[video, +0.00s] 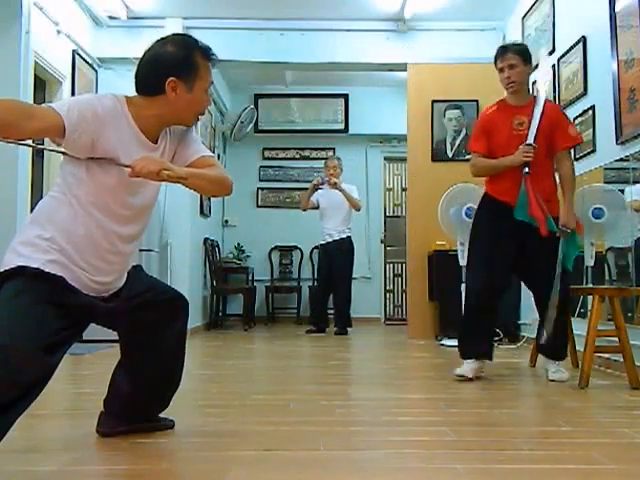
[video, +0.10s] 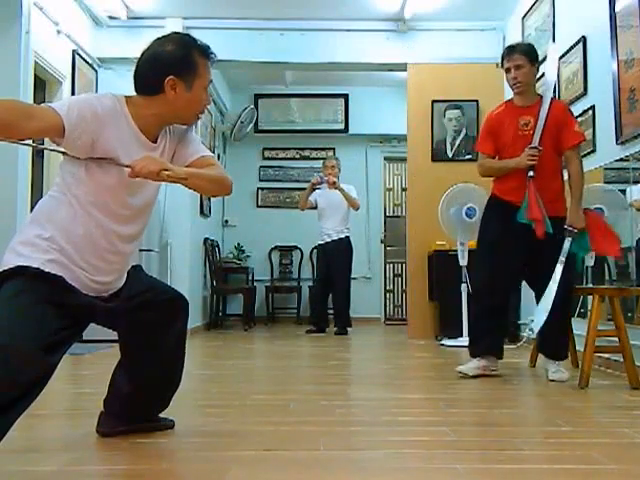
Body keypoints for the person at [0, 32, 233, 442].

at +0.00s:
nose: (208, 101)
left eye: (209, 90)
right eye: (205, 89)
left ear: (174, 90)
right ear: (173, 89)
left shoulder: (179, 137)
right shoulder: (100, 113)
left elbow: (224, 184)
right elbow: (27, 121)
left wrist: (175, 174)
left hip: (112, 276)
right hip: (46, 269)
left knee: (168, 309)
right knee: (14, 366)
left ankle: (127, 415)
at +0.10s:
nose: (208, 99)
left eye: (208, 88)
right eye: (204, 87)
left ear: (173, 89)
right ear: (172, 88)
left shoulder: (178, 137)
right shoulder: (98, 113)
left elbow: (223, 184)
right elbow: (24, 120)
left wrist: (175, 175)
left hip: (113, 277)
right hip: (46, 270)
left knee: (168, 309)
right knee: (13, 366)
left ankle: (127, 415)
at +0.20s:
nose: (208, 98)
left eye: (208, 87)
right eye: (204, 86)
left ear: (173, 88)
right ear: (172, 87)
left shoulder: (178, 136)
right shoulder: (99, 113)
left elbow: (223, 183)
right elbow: (24, 120)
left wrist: (174, 173)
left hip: (113, 277)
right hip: (46, 270)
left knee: (168, 310)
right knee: (13, 366)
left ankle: (127, 415)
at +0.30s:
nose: (207, 98)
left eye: (208, 87)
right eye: (203, 86)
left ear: (173, 88)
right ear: (172, 87)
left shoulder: (177, 136)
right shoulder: (99, 112)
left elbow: (223, 183)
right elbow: (26, 120)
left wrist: (175, 173)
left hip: (114, 276)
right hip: (46, 270)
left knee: (168, 310)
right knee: (14, 365)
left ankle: (127, 415)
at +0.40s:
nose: (208, 97)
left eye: (208, 86)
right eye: (204, 85)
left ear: (174, 87)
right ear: (173, 86)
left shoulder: (178, 136)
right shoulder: (100, 112)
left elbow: (224, 183)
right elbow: (27, 121)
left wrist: (175, 174)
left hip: (113, 275)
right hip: (47, 267)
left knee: (168, 309)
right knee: (14, 363)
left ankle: (127, 415)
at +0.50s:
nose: (208, 96)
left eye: (209, 85)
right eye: (204, 84)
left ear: (174, 86)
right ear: (173, 85)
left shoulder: (179, 135)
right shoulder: (100, 112)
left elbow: (224, 183)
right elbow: (30, 121)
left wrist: (178, 174)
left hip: (114, 275)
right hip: (47, 268)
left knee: (168, 309)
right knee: (15, 366)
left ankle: (127, 415)